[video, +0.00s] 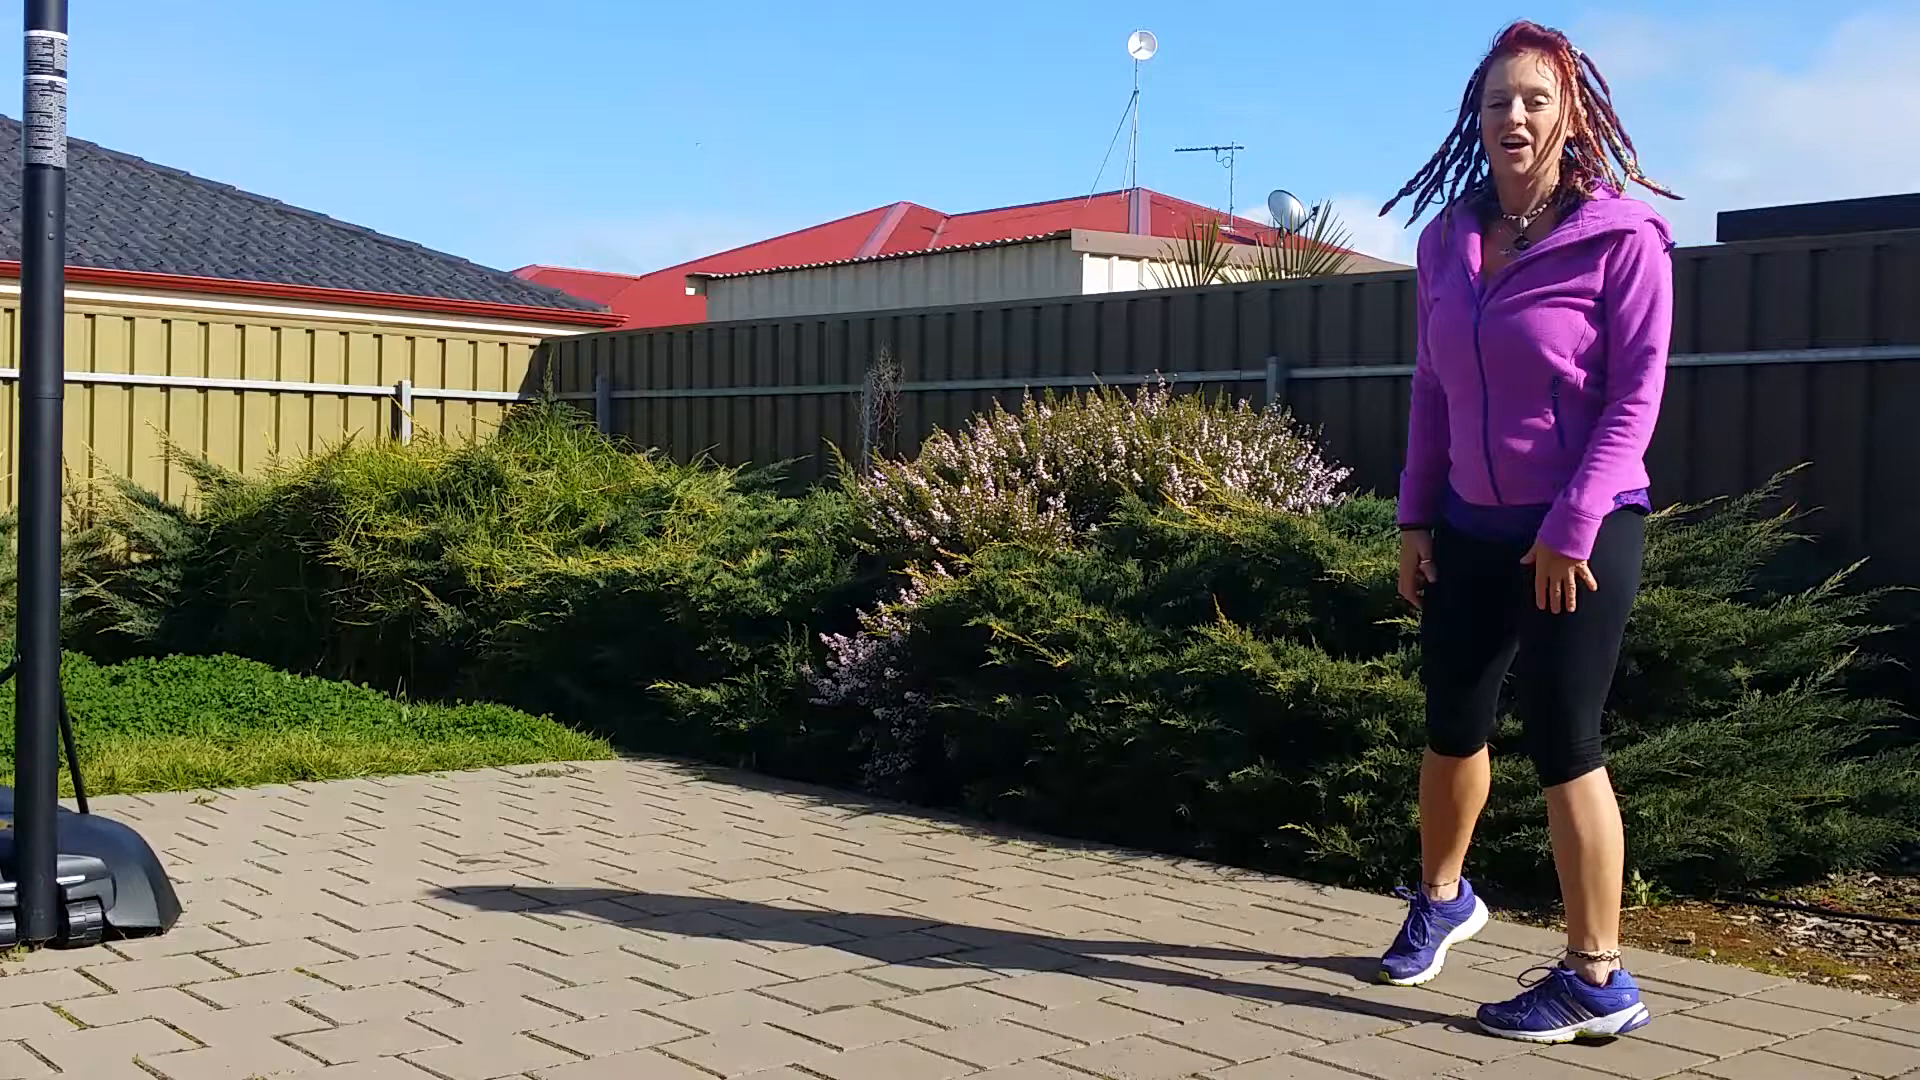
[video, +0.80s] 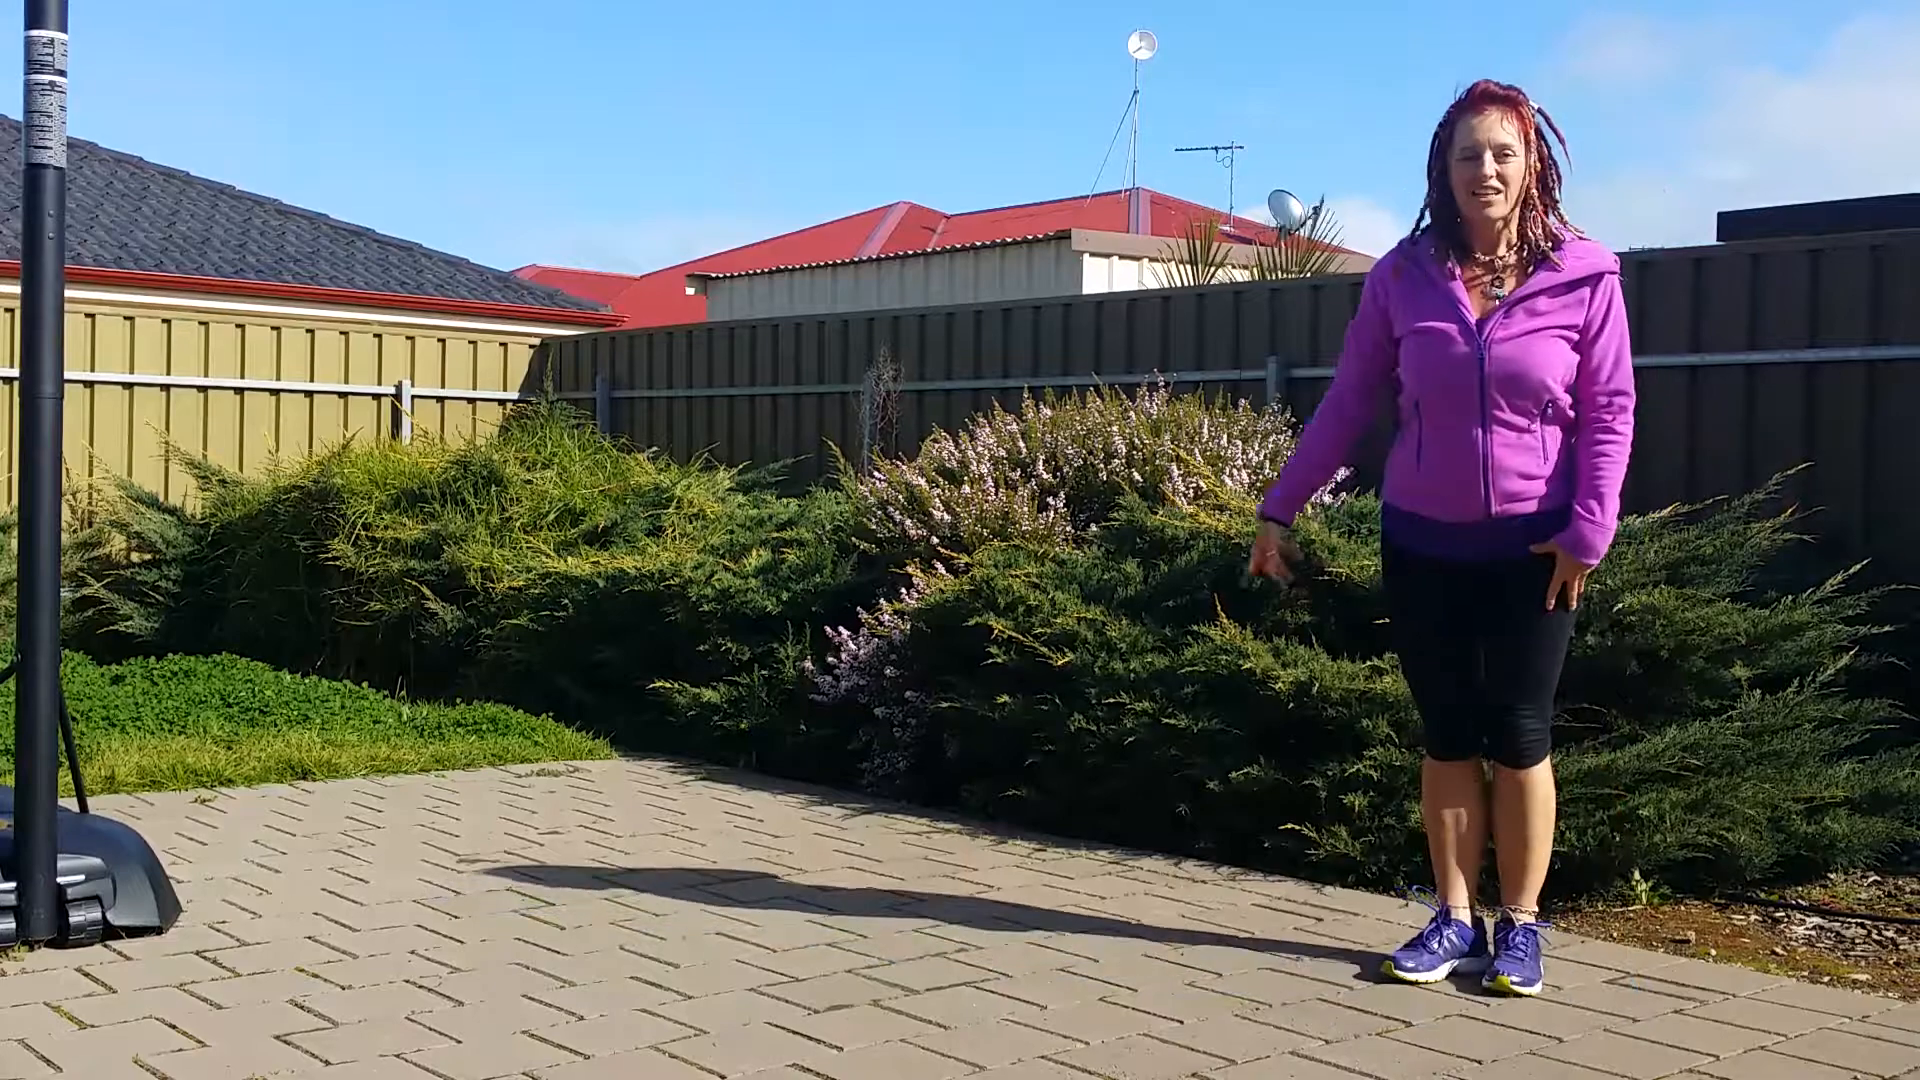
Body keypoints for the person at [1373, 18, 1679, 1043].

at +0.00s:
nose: (1511, 119)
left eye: (1532, 101)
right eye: (1495, 102)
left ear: (1571, 115)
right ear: (1477, 118)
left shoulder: (1624, 233)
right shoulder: (1446, 237)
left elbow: (1635, 396)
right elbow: (1430, 387)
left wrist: (1575, 519)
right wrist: (1415, 518)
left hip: (1581, 519)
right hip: (1471, 517)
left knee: (1565, 742)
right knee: (1454, 726)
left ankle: (1597, 972)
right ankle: (1440, 896)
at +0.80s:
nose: (1488, 168)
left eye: (1505, 152)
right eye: (1470, 153)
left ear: (1535, 165)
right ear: (1442, 168)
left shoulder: (1584, 271)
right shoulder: (1402, 275)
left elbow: (1610, 413)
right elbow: (1351, 400)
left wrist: (1588, 528)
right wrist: (1280, 508)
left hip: (1533, 533)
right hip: (1422, 532)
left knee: (1519, 735)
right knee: (1446, 732)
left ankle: (1519, 929)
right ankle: (1452, 920)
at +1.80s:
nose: (1485, 185)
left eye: (1502, 169)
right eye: (1467, 169)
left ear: (1530, 181)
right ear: (1439, 182)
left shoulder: (1579, 287)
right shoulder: (1398, 278)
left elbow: (1596, 421)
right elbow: (1306, 368)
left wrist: (1574, 529)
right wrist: (1205, 442)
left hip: (1528, 538)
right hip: (1417, 539)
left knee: (1528, 736)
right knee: (1443, 741)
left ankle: (1542, 922)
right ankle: (1454, 922)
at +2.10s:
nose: (1457, 212)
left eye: (1475, 198)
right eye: (1450, 194)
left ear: (1529, 192)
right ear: (1444, 187)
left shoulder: (1598, 290)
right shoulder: (1417, 279)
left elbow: (1619, 427)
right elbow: (1359, 399)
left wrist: (1600, 537)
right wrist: (1280, 492)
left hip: (1551, 540)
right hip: (1431, 541)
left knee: (1569, 740)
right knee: (1450, 736)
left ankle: (1608, 931)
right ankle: (1457, 924)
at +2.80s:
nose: (1303, 340)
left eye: (1315, 324)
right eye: (1302, 324)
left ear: (1373, 322)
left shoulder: (1480, 393)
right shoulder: (1317, 392)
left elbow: (1557, 501)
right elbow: (1310, 478)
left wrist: (1590, 618)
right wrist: (1266, 561)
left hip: (1468, 599)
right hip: (1356, 589)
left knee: (1517, 766)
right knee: (1225, 691)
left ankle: (1597, 932)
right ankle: (1179, 862)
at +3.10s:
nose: (1124, 277)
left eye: (1134, 264)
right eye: (1124, 264)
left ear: (1180, 267)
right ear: (1147, 267)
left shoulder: (1289, 340)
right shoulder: (1135, 336)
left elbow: (1355, 437)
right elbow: (1124, 426)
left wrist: (1396, 535)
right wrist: (1103, 511)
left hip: (1275, 539)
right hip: (1175, 533)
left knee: (1272, 690)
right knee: (1107, 671)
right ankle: (1143, 841)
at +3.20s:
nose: (1087, 276)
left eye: (1098, 264)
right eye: (1091, 263)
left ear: (1144, 275)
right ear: (1123, 276)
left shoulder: (1246, 351)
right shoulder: (1104, 349)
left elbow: (1322, 447)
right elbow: (1095, 428)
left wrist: (1366, 540)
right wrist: (1067, 508)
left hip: (1224, 555)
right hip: (1131, 543)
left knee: (1201, 711)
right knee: (1048, 655)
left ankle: (1188, 875)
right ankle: (1040, 829)